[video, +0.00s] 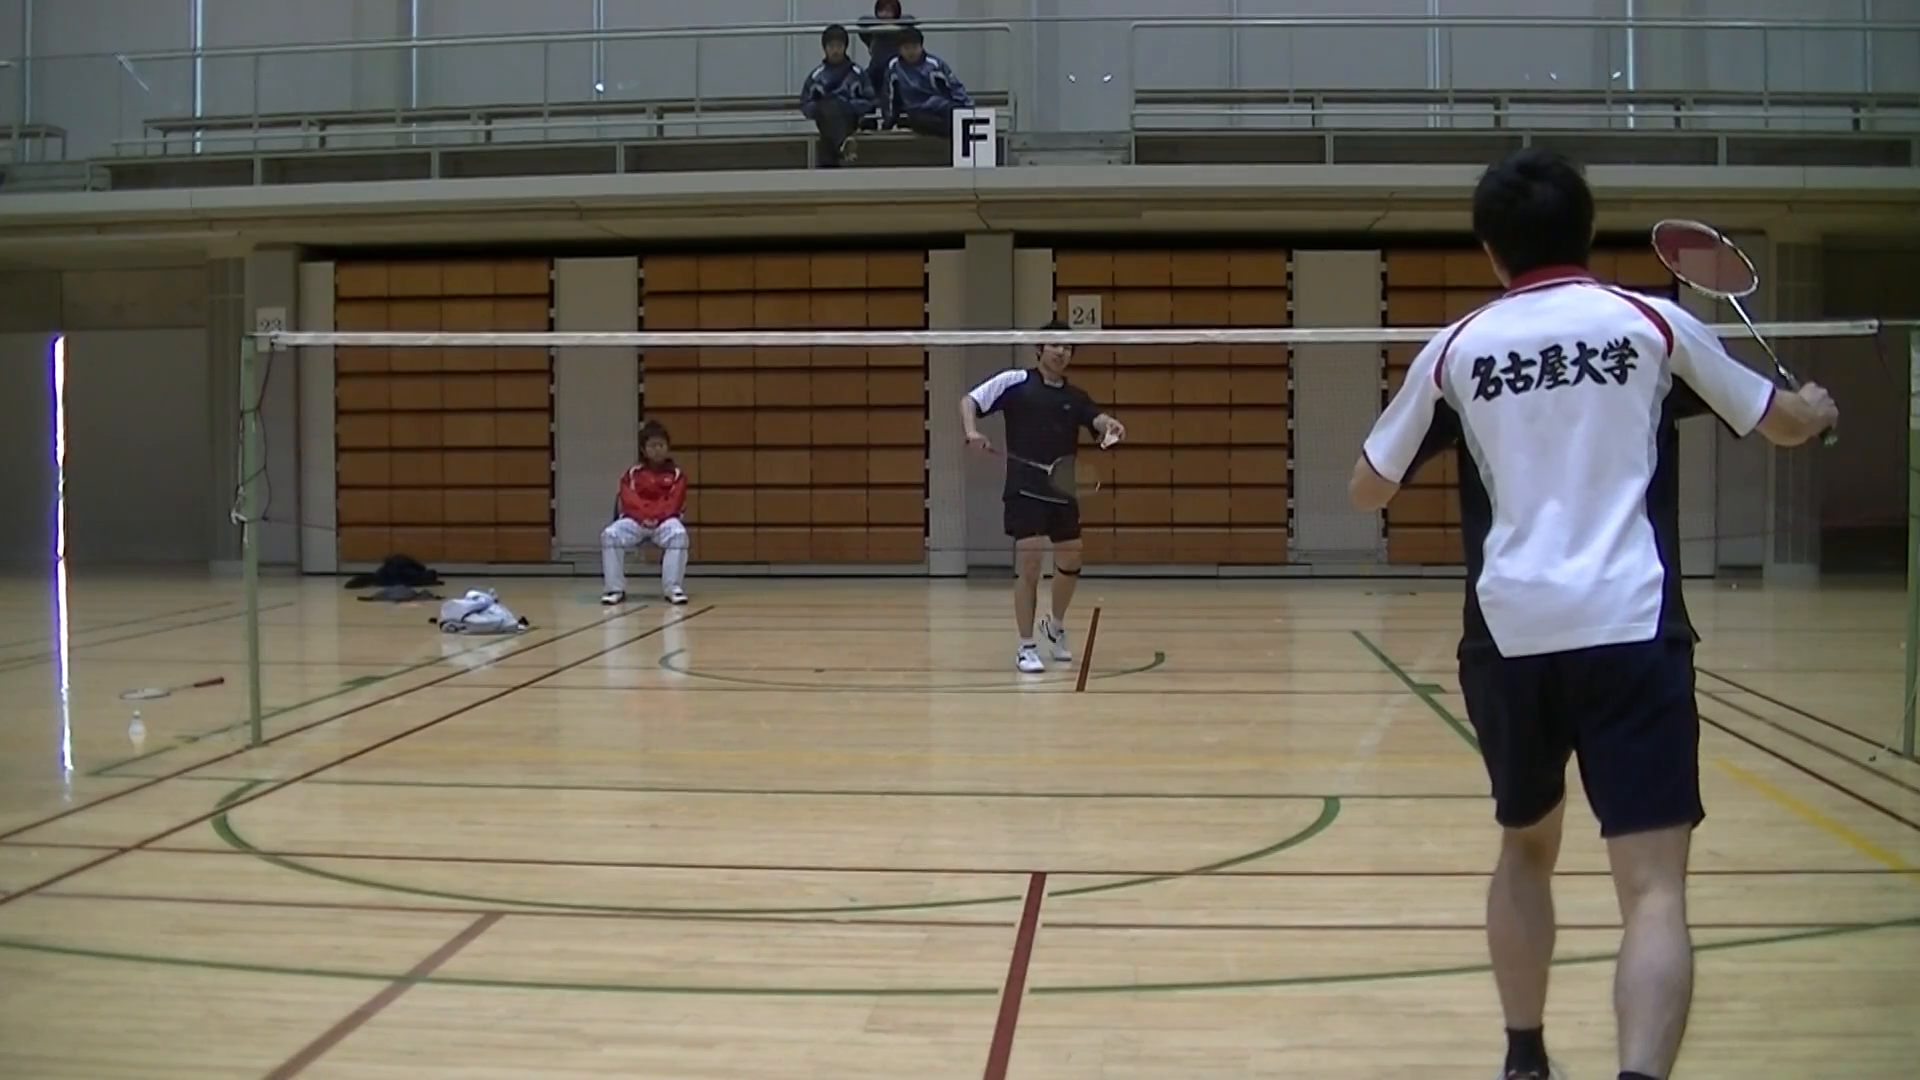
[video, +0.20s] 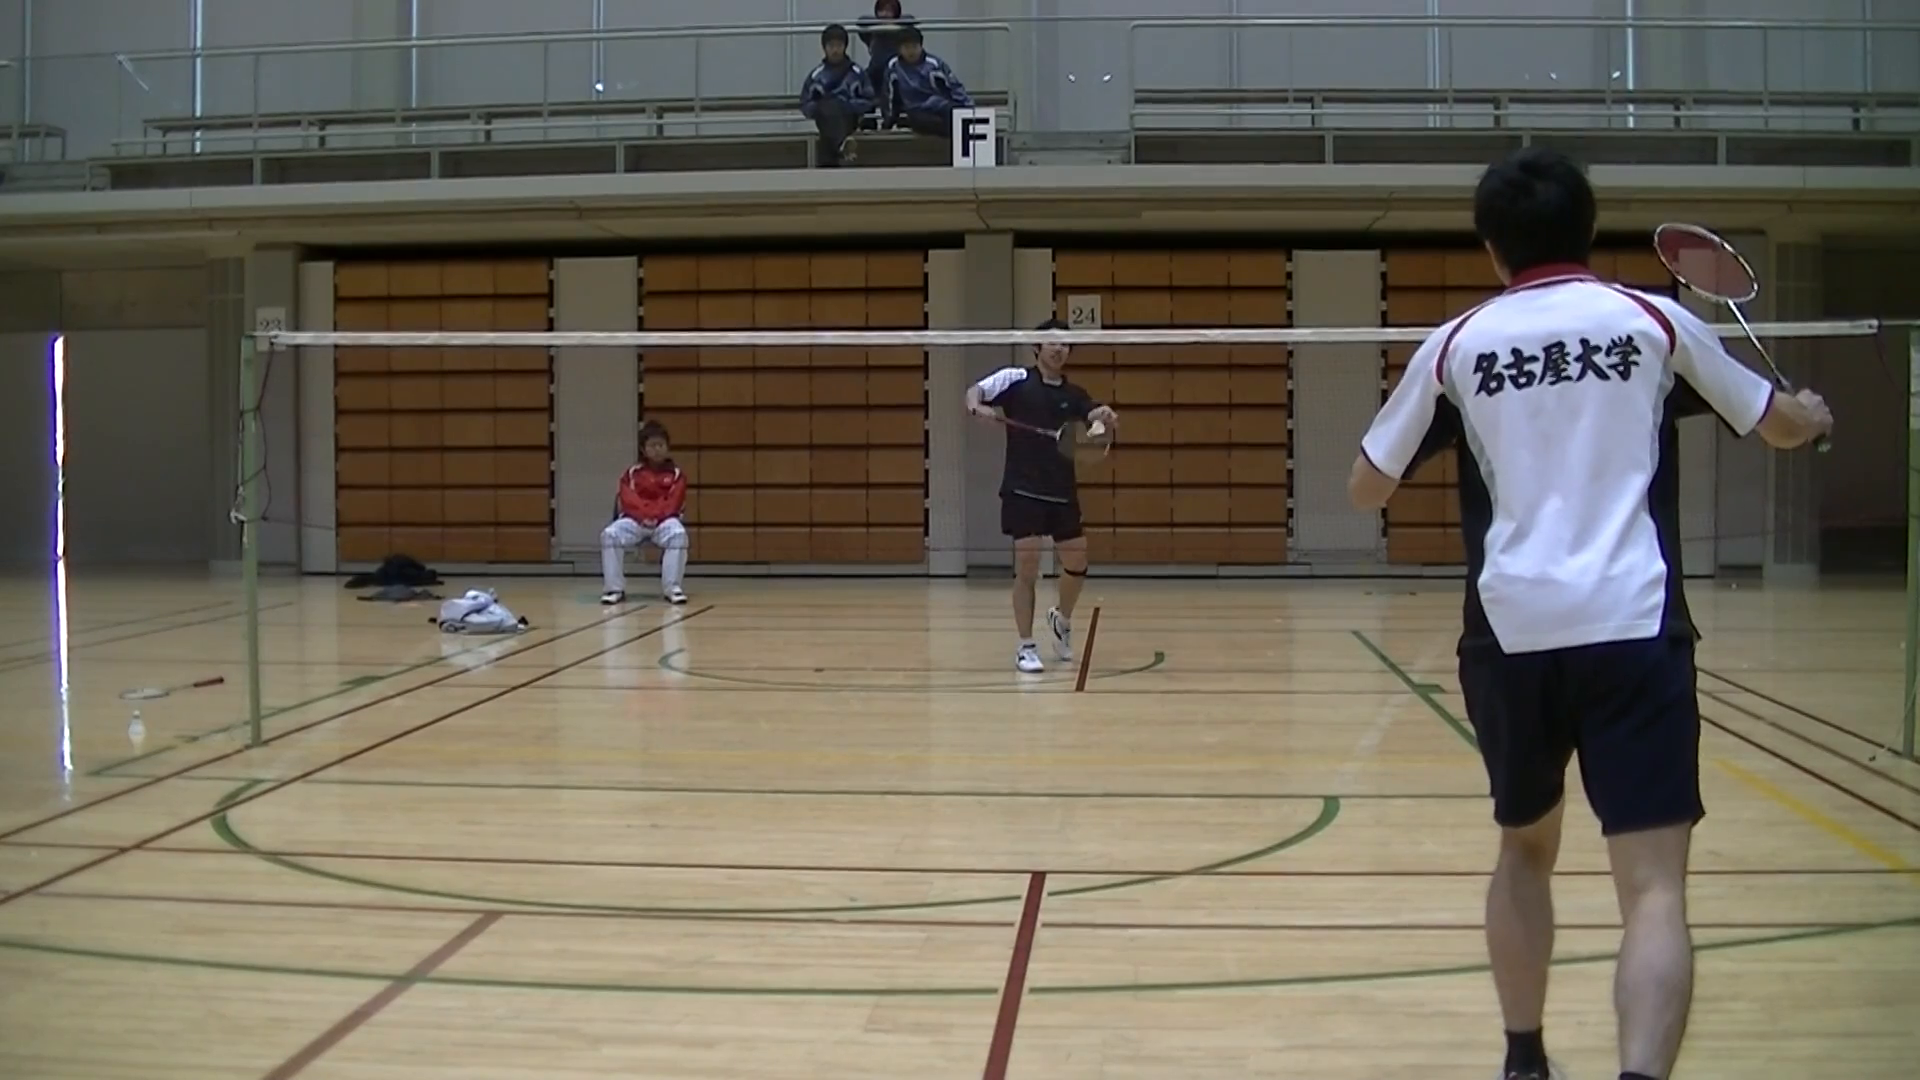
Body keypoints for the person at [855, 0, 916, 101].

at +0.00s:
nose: (885, 13)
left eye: (889, 10)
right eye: (881, 9)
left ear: (896, 12)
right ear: (877, 12)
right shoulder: (872, 34)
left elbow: (910, 19)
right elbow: (861, 22)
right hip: (875, 71)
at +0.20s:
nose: (885, 14)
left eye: (890, 10)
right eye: (881, 10)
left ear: (896, 12)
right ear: (876, 12)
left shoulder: (901, 30)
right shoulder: (871, 33)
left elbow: (910, 19)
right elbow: (861, 21)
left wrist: (892, 23)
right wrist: (880, 22)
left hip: (898, 70)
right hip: (874, 71)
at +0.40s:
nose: (884, 13)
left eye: (888, 10)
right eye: (881, 9)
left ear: (895, 12)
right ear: (876, 12)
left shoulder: (901, 31)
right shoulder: (871, 34)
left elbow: (910, 19)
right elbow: (861, 22)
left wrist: (893, 22)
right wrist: (879, 21)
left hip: (896, 69)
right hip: (874, 70)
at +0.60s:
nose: (884, 12)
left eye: (889, 9)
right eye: (881, 9)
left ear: (895, 12)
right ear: (876, 12)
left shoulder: (901, 31)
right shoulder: (872, 34)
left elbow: (910, 19)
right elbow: (861, 21)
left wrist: (893, 22)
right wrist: (879, 21)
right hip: (873, 73)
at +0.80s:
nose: (884, 13)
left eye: (888, 9)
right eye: (880, 9)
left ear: (895, 12)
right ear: (876, 12)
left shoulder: (901, 31)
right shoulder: (871, 34)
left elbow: (910, 19)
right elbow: (860, 21)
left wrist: (892, 22)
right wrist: (879, 21)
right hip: (873, 73)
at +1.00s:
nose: (883, 13)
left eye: (887, 9)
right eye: (879, 9)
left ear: (894, 12)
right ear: (874, 12)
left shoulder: (899, 30)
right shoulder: (870, 33)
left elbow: (909, 19)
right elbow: (860, 21)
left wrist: (892, 23)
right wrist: (880, 22)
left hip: (896, 69)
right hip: (873, 70)